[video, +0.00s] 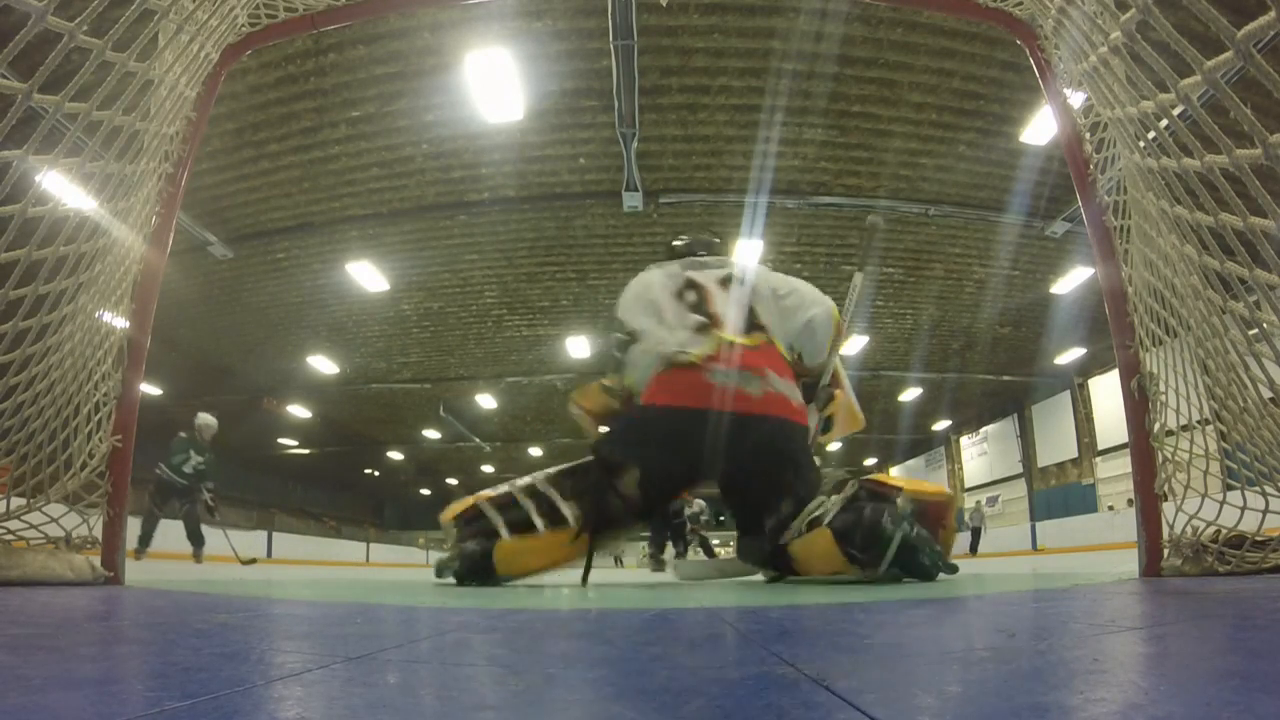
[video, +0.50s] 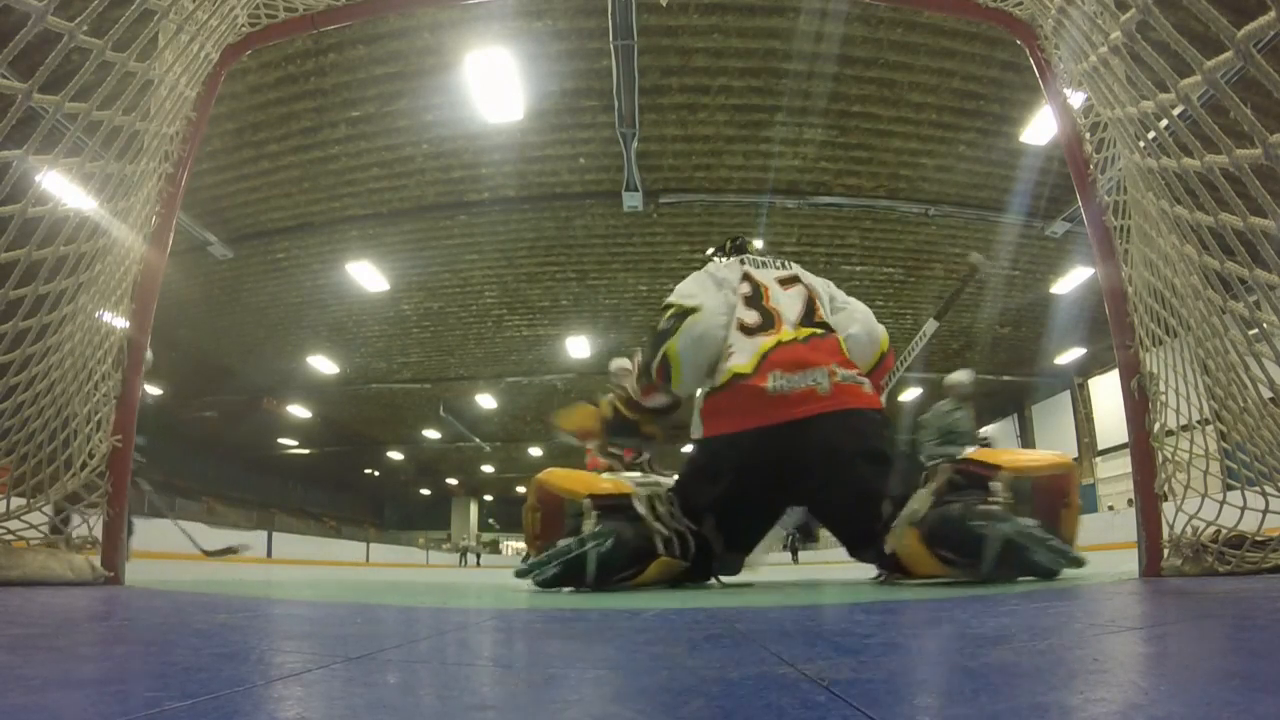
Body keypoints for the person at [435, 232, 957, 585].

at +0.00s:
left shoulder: (662, 288)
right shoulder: (768, 282)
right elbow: (819, 313)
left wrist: (621, 406)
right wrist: (814, 386)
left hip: (676, 401)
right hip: (776, 414)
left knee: (593, 506)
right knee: (780, 545)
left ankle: (492, 549)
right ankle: (863, 538)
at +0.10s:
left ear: (697, 267)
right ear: (747, 267)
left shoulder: (685, 281)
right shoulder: (790, 287)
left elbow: (666, 328)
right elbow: (832, 342)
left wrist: (660, 389)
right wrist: (820, 405)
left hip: (697, 413)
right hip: (791, 420)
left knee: (638, 528)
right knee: (795, 538)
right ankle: (863, 542)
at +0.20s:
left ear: (716, 272)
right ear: (766, 268)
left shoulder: (694, 289)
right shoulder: (800, 282)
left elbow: (662, 337)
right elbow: (841, 337)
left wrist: (666, 404)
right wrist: (824, 402)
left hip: (710, 418)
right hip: (807, 417)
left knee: (666, 536)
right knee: (825, 535)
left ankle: (590, 553)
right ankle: (894, 539)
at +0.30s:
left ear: (718, 267)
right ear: (774, 261)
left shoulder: (687, 297)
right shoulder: (805, 277)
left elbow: (669, 376)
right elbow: (857, 339)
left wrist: (697, 424)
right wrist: (840, 403)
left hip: (713, 429)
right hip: (814, 421)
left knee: (672, 543)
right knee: (861, 535)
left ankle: (611, 562)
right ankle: (949, 541)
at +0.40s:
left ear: (724, 261)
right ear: (775, 261)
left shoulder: (702, 281)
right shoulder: (810, 277)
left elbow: (679, 339)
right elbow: (865, 327)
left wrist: (660, 426)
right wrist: (854, 401)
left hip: (723, 423)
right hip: (826, 413)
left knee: (678, 540)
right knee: (887, 536)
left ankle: (613, 557)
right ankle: (977, 539)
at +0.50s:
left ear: (718, 254)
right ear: (766, 256)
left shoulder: (708, 274)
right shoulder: (815, 282)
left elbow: (699, 326)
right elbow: (875, 341)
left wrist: (649, 399)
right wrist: (855, 403)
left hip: (742, 431)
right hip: (843, 417)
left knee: (688, 546)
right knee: (894, 544)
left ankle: (635, 555)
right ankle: (950, 535)